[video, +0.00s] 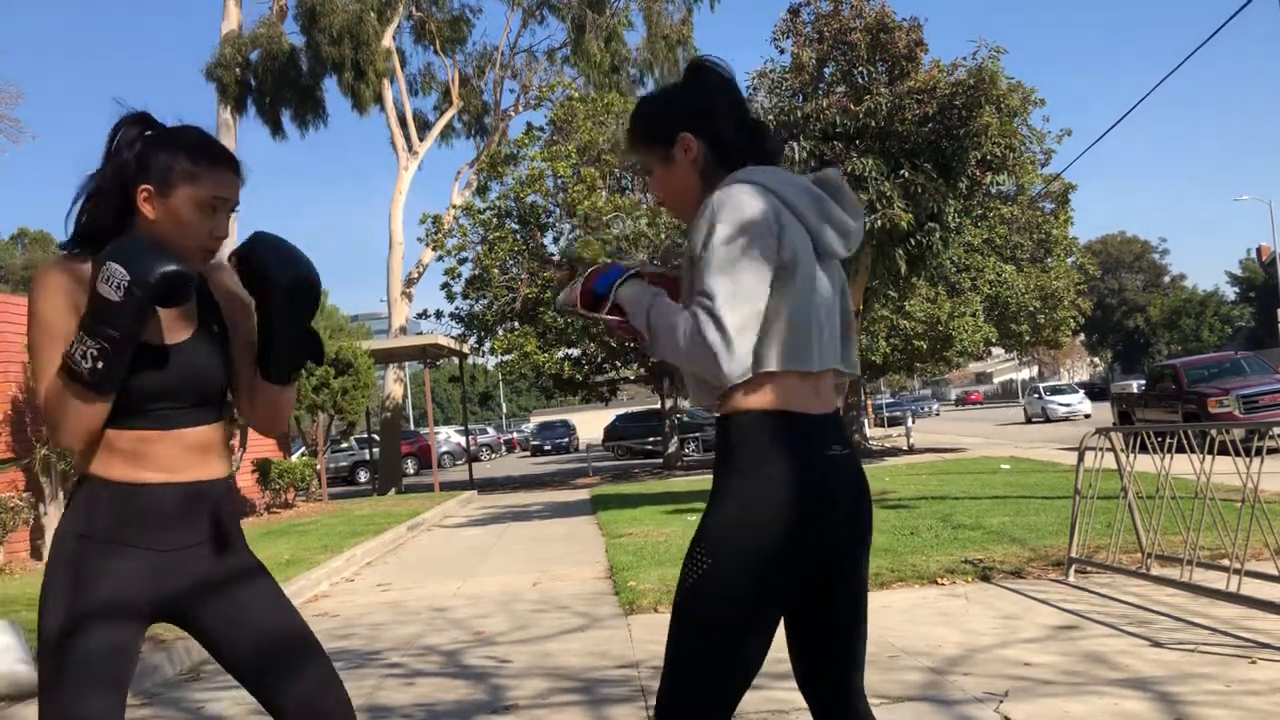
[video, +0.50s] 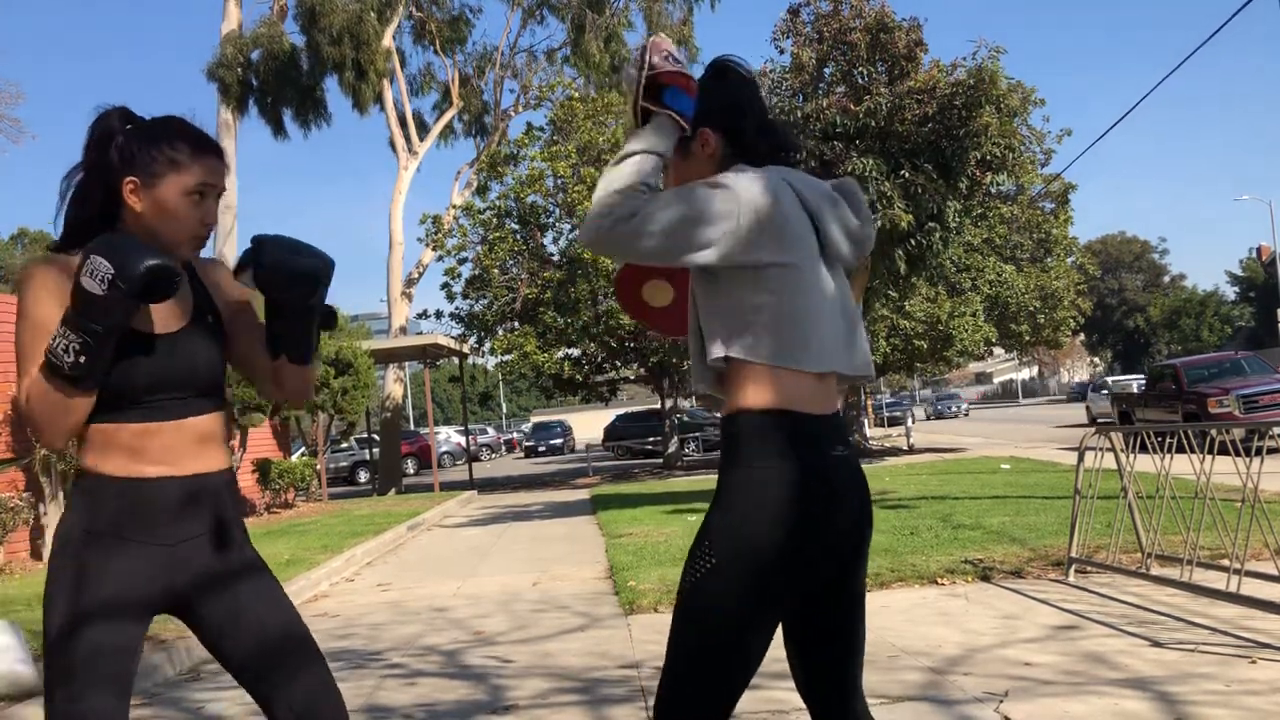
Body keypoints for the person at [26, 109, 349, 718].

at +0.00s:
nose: (225, 228)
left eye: (231, 211)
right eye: (213, 208)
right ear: (148, 201)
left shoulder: (224, 290)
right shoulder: (66, 282)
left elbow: (272, 420)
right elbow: (68, 434)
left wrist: (287, 317)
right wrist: (112, 323)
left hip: (215, 539)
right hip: (108, 541)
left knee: (326, 706)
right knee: (78, 709)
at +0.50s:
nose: (213, 215)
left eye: (216, 198)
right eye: (200, 196)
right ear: (134, 193)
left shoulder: (214, 282)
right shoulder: (56, 279)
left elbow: (291, 389)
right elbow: (47, 429)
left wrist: (297, 310)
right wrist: (94, 319)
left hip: (215, 531)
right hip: (107, 536)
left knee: (318, 707)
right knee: (84, 711)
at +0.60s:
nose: (220, 208)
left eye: (225, 191)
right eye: (206, 188)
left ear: (228, 192)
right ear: (141, 189)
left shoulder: (232, 259)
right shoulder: (75, 284)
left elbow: (362, 297)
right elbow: (71, 433)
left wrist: (395, 222)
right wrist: (97, 324)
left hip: (227, 530)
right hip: (120, 533)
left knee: (320, 707)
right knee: (92, 711)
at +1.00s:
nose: (260, 217)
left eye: (263, 200)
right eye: (247, 198)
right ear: (185, 197)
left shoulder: (278, 265)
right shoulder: (121, 305)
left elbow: (403, 283)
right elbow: (130, 459)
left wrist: (452, 215)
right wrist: (166, 356)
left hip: (264, 541)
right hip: (166, 543)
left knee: (380, 705)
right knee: (146, 709)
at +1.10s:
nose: (287, 211)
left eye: (289, 194)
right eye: (276, 191)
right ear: (216, 191)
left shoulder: (273, 274)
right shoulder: (144, 295)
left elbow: (367, 361)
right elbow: (156, 445)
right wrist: (221, 340)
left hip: (278, 536)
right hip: (190, 541)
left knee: (387, 700)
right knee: (194, 711)